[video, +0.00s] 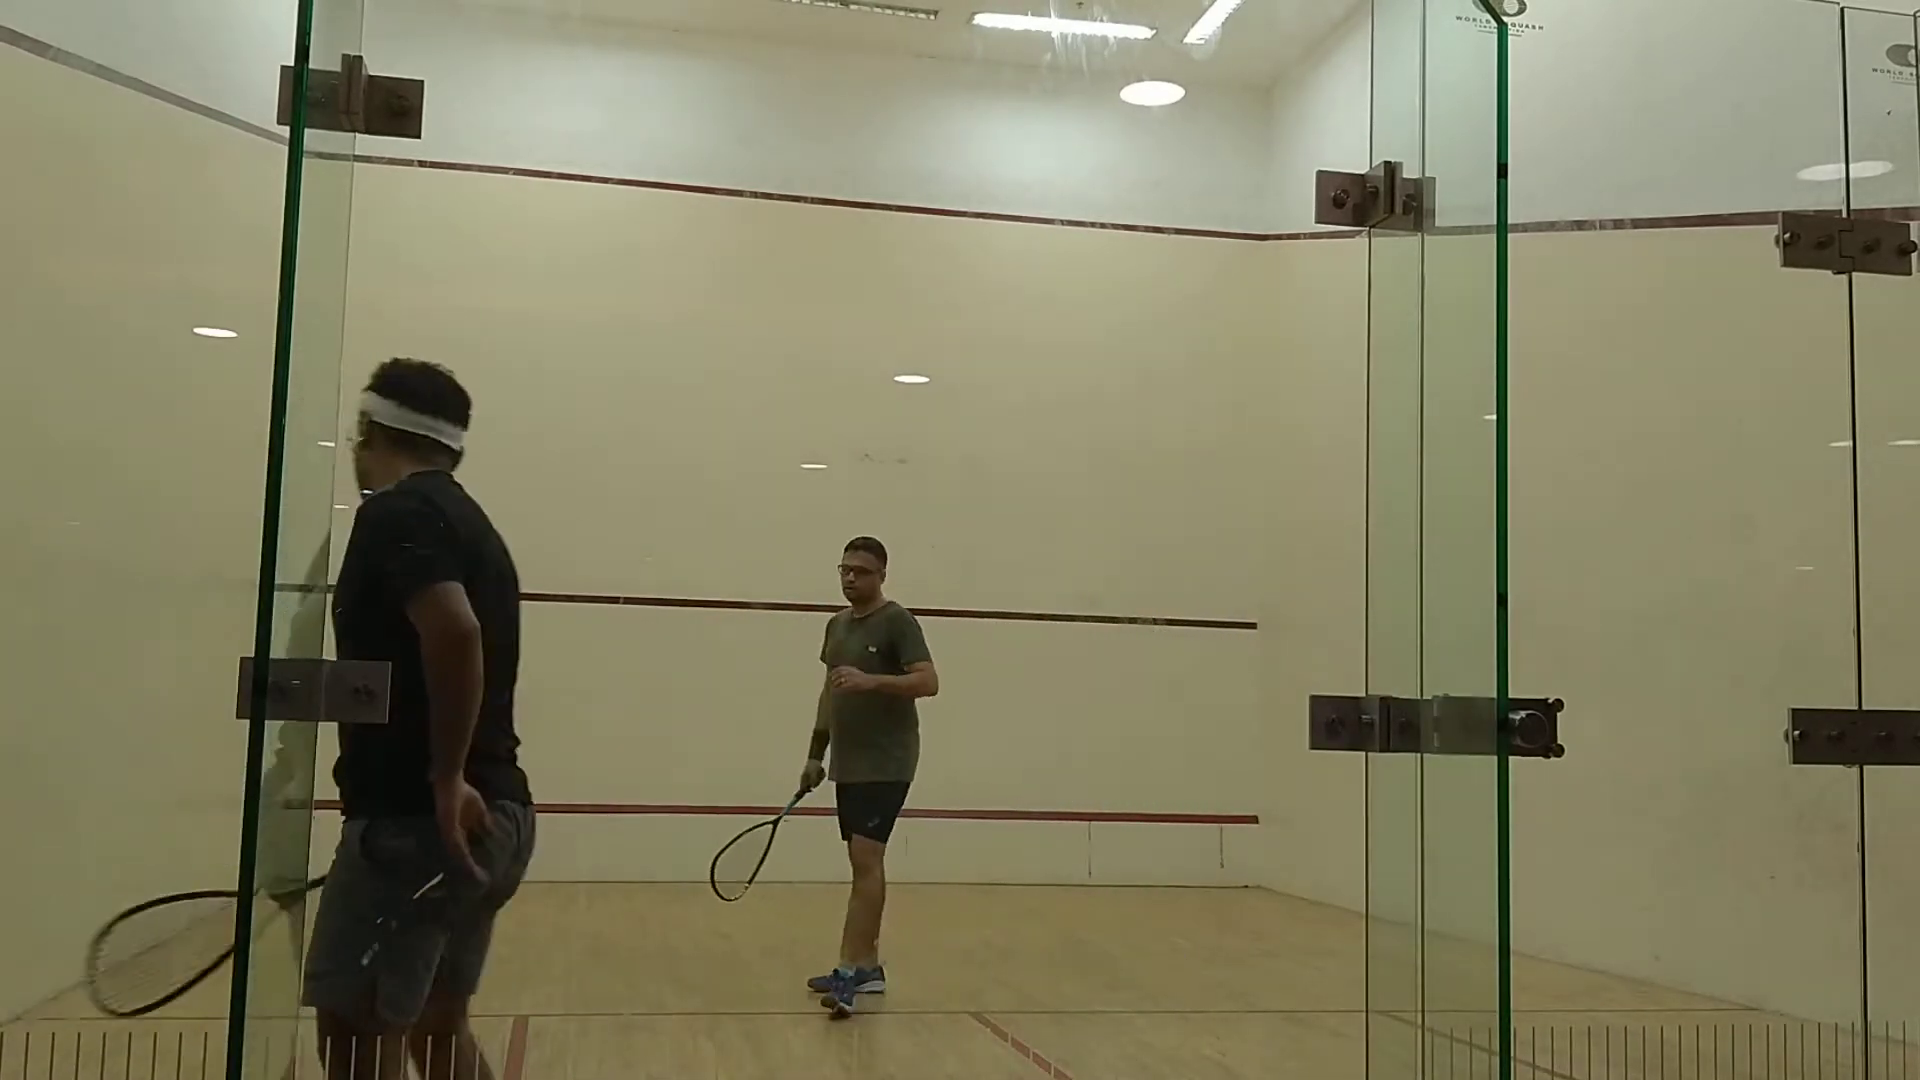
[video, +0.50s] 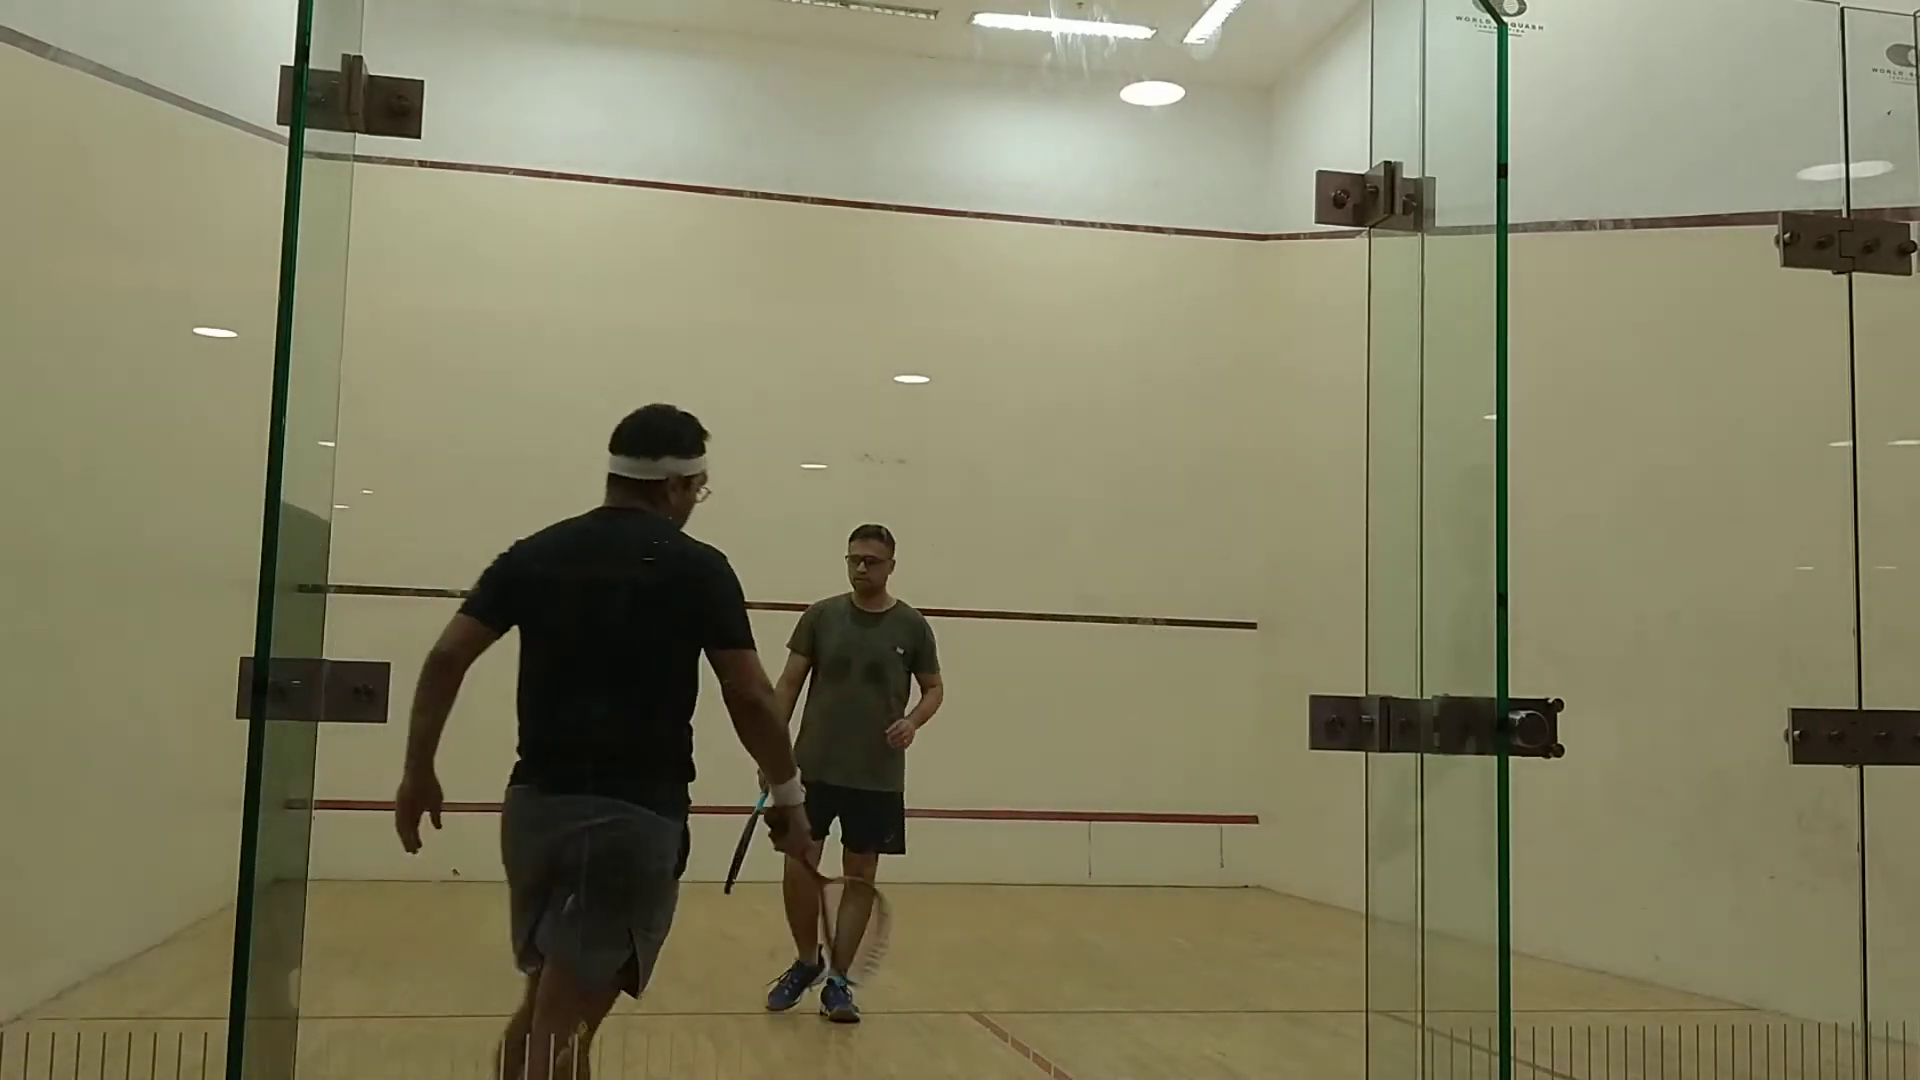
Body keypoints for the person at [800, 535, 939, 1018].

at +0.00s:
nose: (851, 579)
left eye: (862, 572)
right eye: (846, 571)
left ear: (882, 575)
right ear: (840, 573)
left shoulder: (898, 621)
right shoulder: (837, 624)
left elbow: (928, 681)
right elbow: (830, 691)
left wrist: (870, 681)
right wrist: (815, 756)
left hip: (886, 763)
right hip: (850, 762)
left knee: (865, 859)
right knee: (864, 860)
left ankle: (851, 970)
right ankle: (867, 966)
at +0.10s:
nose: (854, 581)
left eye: (864, 574)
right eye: (848, 571)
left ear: (883, 577)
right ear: (840, 572)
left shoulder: (898, 625)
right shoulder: (830, 625)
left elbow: (928, 685)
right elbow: (816, 690)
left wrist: (876, 667)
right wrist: (794, 753)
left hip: (881, 768)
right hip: (838, 765)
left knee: (863, 864)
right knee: (847, 863)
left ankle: (843, 977)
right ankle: (865, 964)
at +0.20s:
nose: (858, 577)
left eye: (869, 570)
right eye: (853, 568)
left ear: (887, 575)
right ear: (844, 569)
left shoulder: (901, 628)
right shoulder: (825, 625)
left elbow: (931, 691)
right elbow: (805, 689)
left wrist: (886, 673)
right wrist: (781, 751)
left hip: (877, 772)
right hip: (829, 767)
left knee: (863, 867)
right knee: (828, 861)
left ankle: (839, 978)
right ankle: (857, 955)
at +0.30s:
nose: (862, 573)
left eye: (872, 566)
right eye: (856, 564)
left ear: (890, 571)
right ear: (847, 565)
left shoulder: (906, 627)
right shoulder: (823, 620)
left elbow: (934, 692)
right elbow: (799, 686)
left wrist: (899, 694)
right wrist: (775, 748)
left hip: (878, 773)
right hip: (823, 765)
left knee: (863, 869)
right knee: (804, 860)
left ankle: (839, 979)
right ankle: (841, 940)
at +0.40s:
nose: (863, 569)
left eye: (873, 562)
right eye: (857, 560)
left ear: (891, 566)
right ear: (848, 562)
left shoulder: (910, 626)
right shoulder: (822, 616)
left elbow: (934, 692)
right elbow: (794, 682)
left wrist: (905, 713)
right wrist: (772, 745)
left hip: (876, 773)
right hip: (818, 764)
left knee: (862, 870)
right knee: (796, 862)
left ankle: (839, 978)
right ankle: (824, 943)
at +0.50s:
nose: (863, 569)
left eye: (873, 561)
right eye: (856, 561)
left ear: (891, 564)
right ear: (847, 562)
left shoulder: (912, 626)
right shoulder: (820, 615)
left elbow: (933, 690)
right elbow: (788, 685)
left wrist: (912, 721)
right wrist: (771, 751)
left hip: (876, 774)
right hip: (816, 766)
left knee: (860, 871)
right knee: (799, 862)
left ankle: (839, 978)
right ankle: (809, 961)